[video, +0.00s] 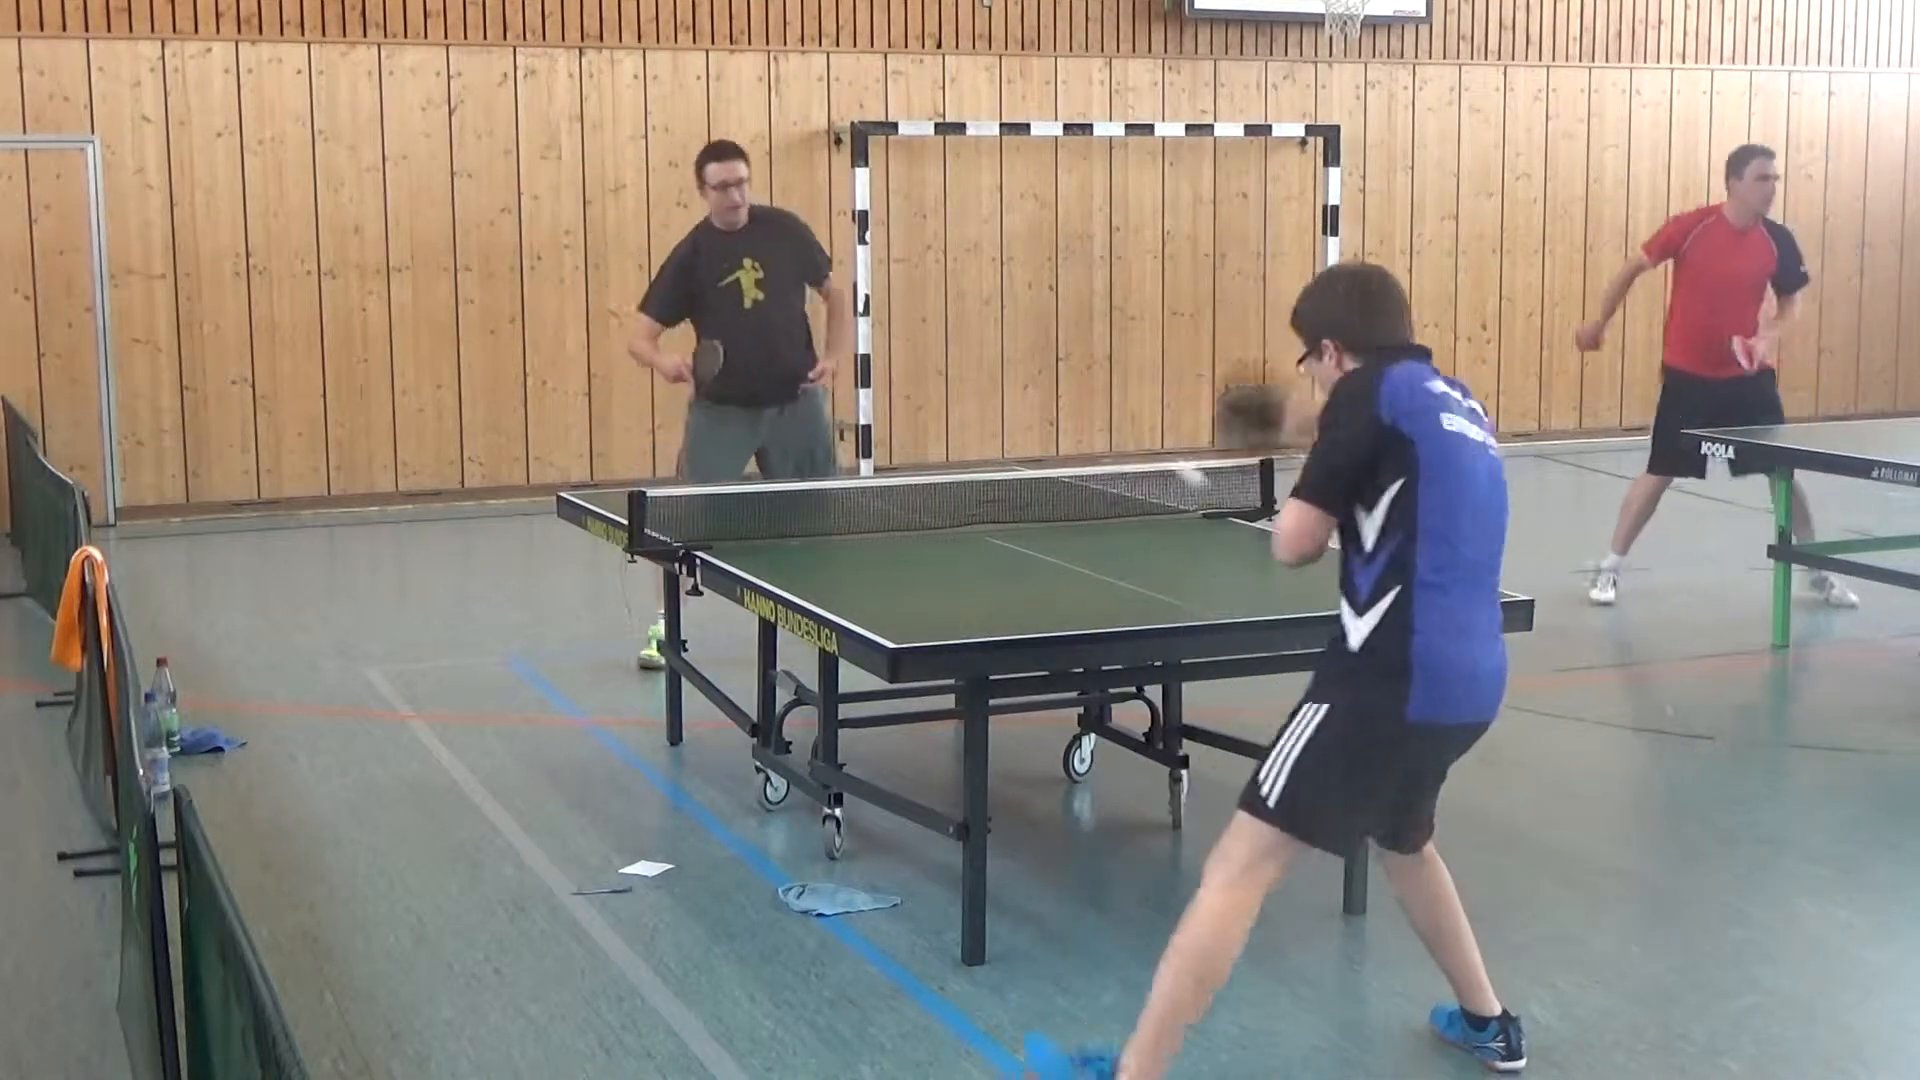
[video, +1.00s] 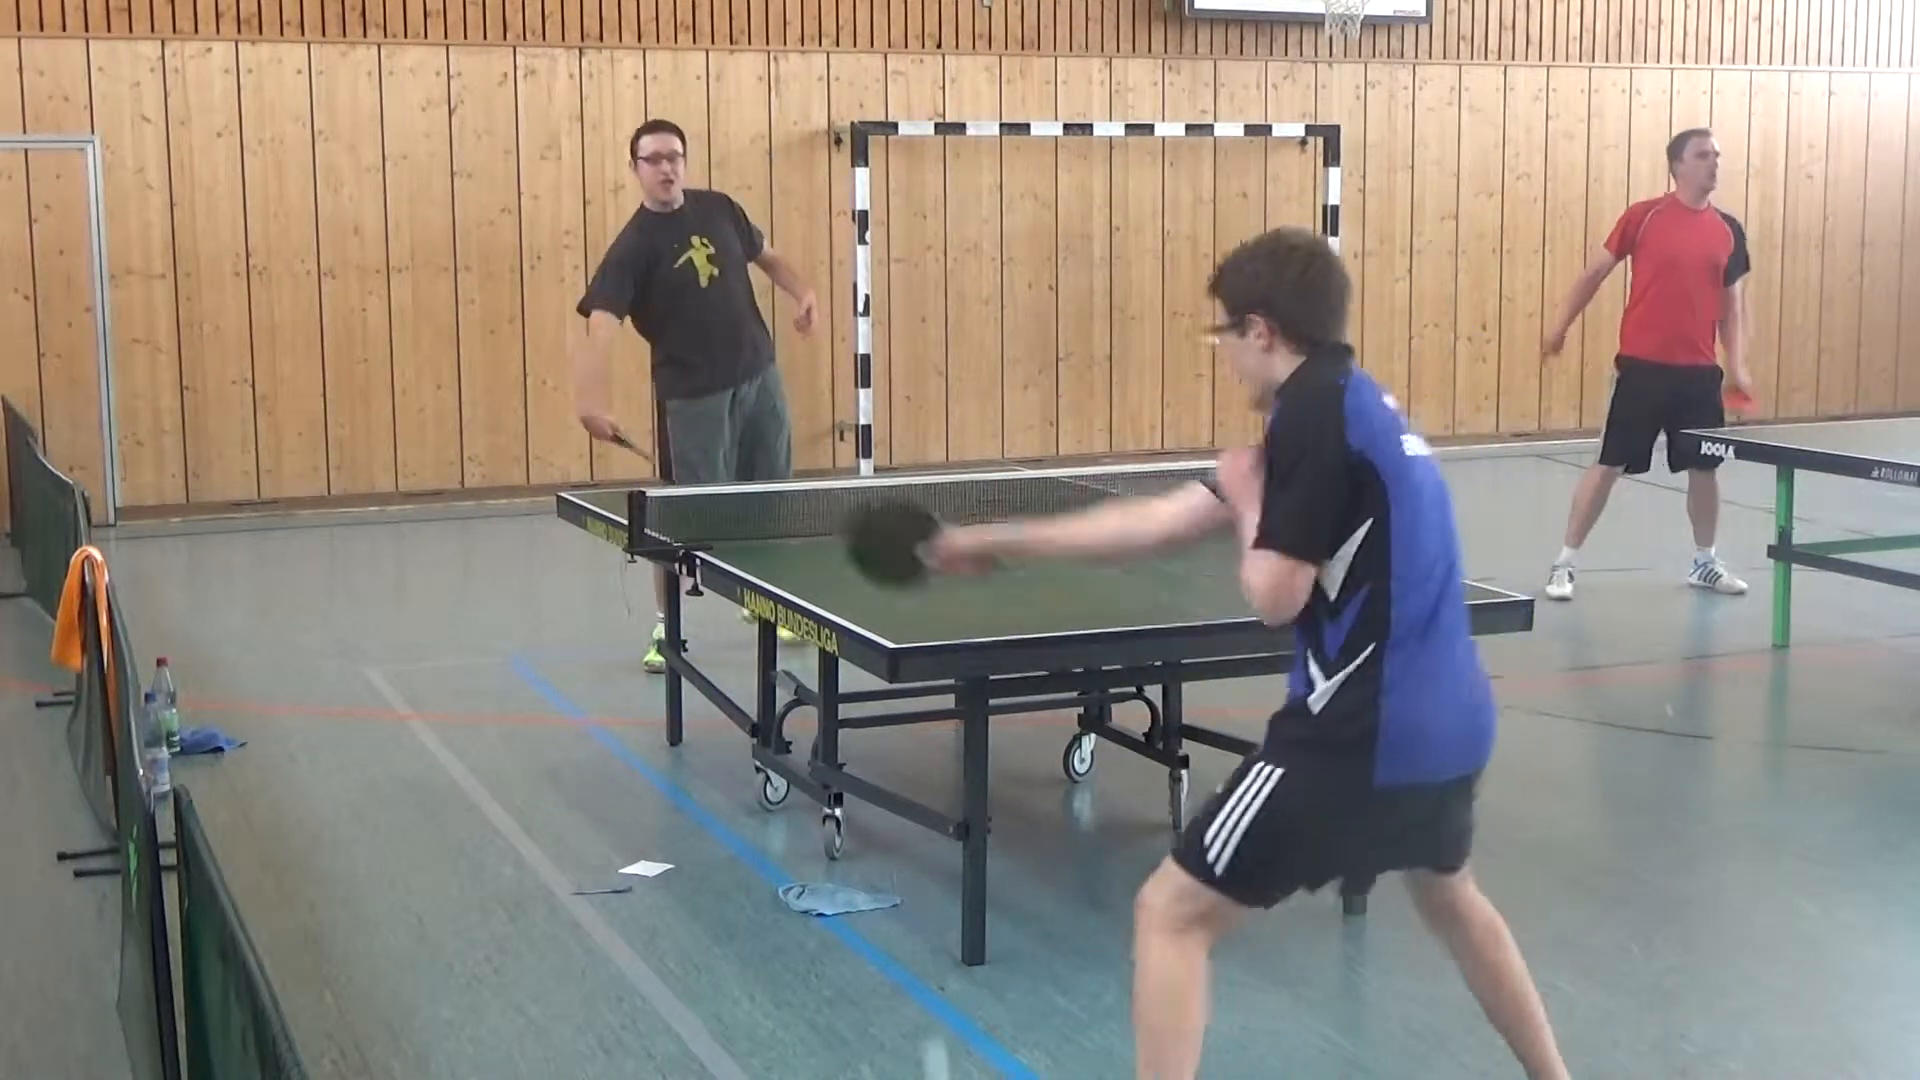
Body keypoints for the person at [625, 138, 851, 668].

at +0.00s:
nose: (733, 194)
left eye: (739, 183)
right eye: (720, 187)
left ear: (750, 182)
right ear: (702, 192)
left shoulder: (786, 229)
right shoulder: (692, 253)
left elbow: (837, 294)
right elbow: (639, 338)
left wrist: (835, 355)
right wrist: (661, 361)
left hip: (796, 406)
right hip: (721, 412)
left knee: (822, 520)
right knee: (688, 518)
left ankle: (835, 624)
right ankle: (668, 625)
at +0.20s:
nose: (753, 193)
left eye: (761, 182)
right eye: (742, 183)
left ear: (771, 181)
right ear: (722, 184)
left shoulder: (798, 229)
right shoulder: (704, 246)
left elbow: (840, 296)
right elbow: (649, 327)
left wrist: (842, 360)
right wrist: (671, 361)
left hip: (805, 404)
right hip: (733, 410)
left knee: (830, 518)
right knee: (708, 522)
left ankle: (839, 622)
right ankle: (673, 625)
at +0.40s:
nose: (751, 205)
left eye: (759, 194)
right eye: (740, 195)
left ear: (769, 189)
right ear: (719, 191)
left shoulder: (790, 232)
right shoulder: (699, 248)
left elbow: (826, 302)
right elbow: (651, 337)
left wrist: (837, 366)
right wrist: (684, 383)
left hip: (792, 408)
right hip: (719, 414)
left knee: (815, 518)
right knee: (691, 520)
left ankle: (827, 621)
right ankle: (670, 627)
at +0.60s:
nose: (742, 236)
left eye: (749, 224)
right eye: (731, 225)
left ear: (757, 219)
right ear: (707, 220)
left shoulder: (766, 259)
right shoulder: (682, 267)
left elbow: (796, 330)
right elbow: (649, 334)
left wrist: (816, 387)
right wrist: (687, 359)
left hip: (773, 417)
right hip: (701, 423)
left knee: (808, 517)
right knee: (672, 524)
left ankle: (817, 617)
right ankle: (666, 629)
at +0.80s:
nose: (690, 191)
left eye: (697, 180)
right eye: (677, 182)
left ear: (708, 184)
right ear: (656, 189)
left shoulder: (728, 229)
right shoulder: (648, 252)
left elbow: (762, 288)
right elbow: (604, 293)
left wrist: (800, 338)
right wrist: (581, 333)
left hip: (761, 402)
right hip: (698, 417)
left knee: (780, 514)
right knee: (682, 526)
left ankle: (798, 610)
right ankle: (668, 628)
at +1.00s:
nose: (665, 168)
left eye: (673, 157)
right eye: (653, 159)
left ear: (686, 163)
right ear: (635, 167)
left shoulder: (719, 208)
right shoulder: (632, 246)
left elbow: (765, 256)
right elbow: (601, 325)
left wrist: (804, 293)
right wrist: (591, 404)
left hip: (758, 377)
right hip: (694, 397)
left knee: (774, 504)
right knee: (689, 514)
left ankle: (778, 608)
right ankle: (669, 628)